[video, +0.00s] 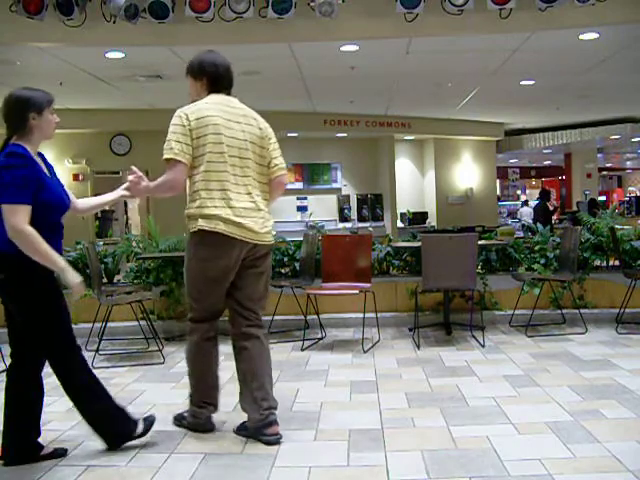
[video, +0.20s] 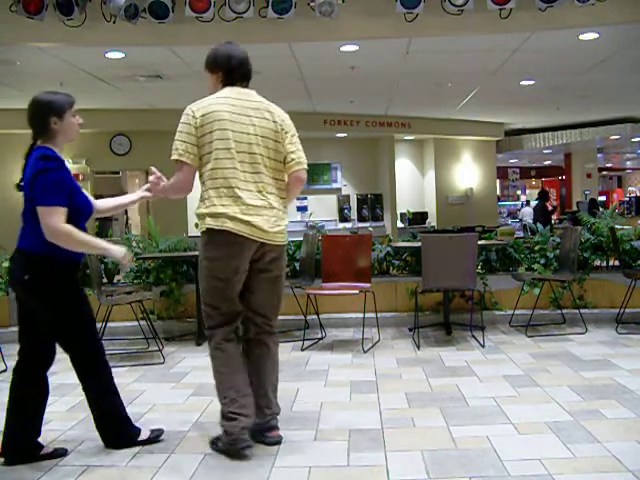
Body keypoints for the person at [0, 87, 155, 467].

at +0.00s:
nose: (57, 119)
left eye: (55, 113)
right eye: (52, 113)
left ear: (34, 119)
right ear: (33, 119)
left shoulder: (36, 159)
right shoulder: (16, 160)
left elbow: (73, 207)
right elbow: (16, 227)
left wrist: (121, 193)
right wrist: (63, 269)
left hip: (35, 269)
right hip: (25, 271)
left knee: (27, 360)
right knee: (65, 352)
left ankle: (20, 447)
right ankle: (118, 429)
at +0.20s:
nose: (81, 122)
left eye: (78, 115)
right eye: (74, 116)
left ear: (52, 123)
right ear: (54, 123)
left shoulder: (49, 161)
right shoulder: (49, 164)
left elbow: (90, 208)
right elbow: (54, 229)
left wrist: (140, 195)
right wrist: (109, 247)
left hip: (34, 271)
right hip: (51, 273)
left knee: (34, 360)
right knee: (89, 354)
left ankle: (19, 446)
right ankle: (120, 433)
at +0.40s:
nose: (104, 118)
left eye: (102, 112)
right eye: (98, 113)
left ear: (76, 121)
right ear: (78, 120)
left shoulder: (73, 157)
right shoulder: (76, 160)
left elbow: (114, 204)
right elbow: (85, 222)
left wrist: (166, 196)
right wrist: (138, 227)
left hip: (62, 262)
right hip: (82, 264)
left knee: (63, 349)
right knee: (109, 347)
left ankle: (27, 434)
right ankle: (120, 433)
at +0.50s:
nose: (117, 124)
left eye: (115, 118)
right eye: (110, 119)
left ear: (89, 127)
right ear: (90, 125)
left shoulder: (87, 162)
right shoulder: (87, 165)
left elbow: (127, 206)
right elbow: (99, 226)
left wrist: (177, 197)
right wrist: (153, 227)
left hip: (81, 265)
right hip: (97, 266)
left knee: (97, 348)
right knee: (127, 352)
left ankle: (45, 424)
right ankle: (123, 432)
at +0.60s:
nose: (127, 134)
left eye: (126, 128)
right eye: (120, 128)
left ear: (101, 134)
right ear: (98, 133)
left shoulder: (105, 171)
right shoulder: (95, 174)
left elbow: (138, 215)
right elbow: (110, 231)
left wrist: (185, 203)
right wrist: (165, 229)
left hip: (112, 270)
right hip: (104, 272)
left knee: (134, 348)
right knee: (137, 350)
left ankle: (77, 415)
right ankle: (126, 434)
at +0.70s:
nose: (136, 132)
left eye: (136, 125)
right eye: (130, 126)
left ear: (116, 132)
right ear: (108, 131)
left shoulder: (118, 168)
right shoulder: (103, 170)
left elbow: (141, 218)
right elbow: (116, 228)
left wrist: (184, 214)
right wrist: (175, 226)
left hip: (127, 268)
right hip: (113, 270)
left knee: (157, 339)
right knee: (145, 345)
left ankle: (128, 425)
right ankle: (124, 432)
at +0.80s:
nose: (147, 126)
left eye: (146, 120)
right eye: (139, 120)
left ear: (136, 126)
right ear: (117, 126)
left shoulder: (133, 162)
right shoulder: (114, 164)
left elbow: (146, 213)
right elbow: (122, 219)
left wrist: (187, 215)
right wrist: (181, 217)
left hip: (140, 263)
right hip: (121, 266)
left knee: (169, 332)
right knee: (139, 344)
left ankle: (176, 409)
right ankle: (124, 432)